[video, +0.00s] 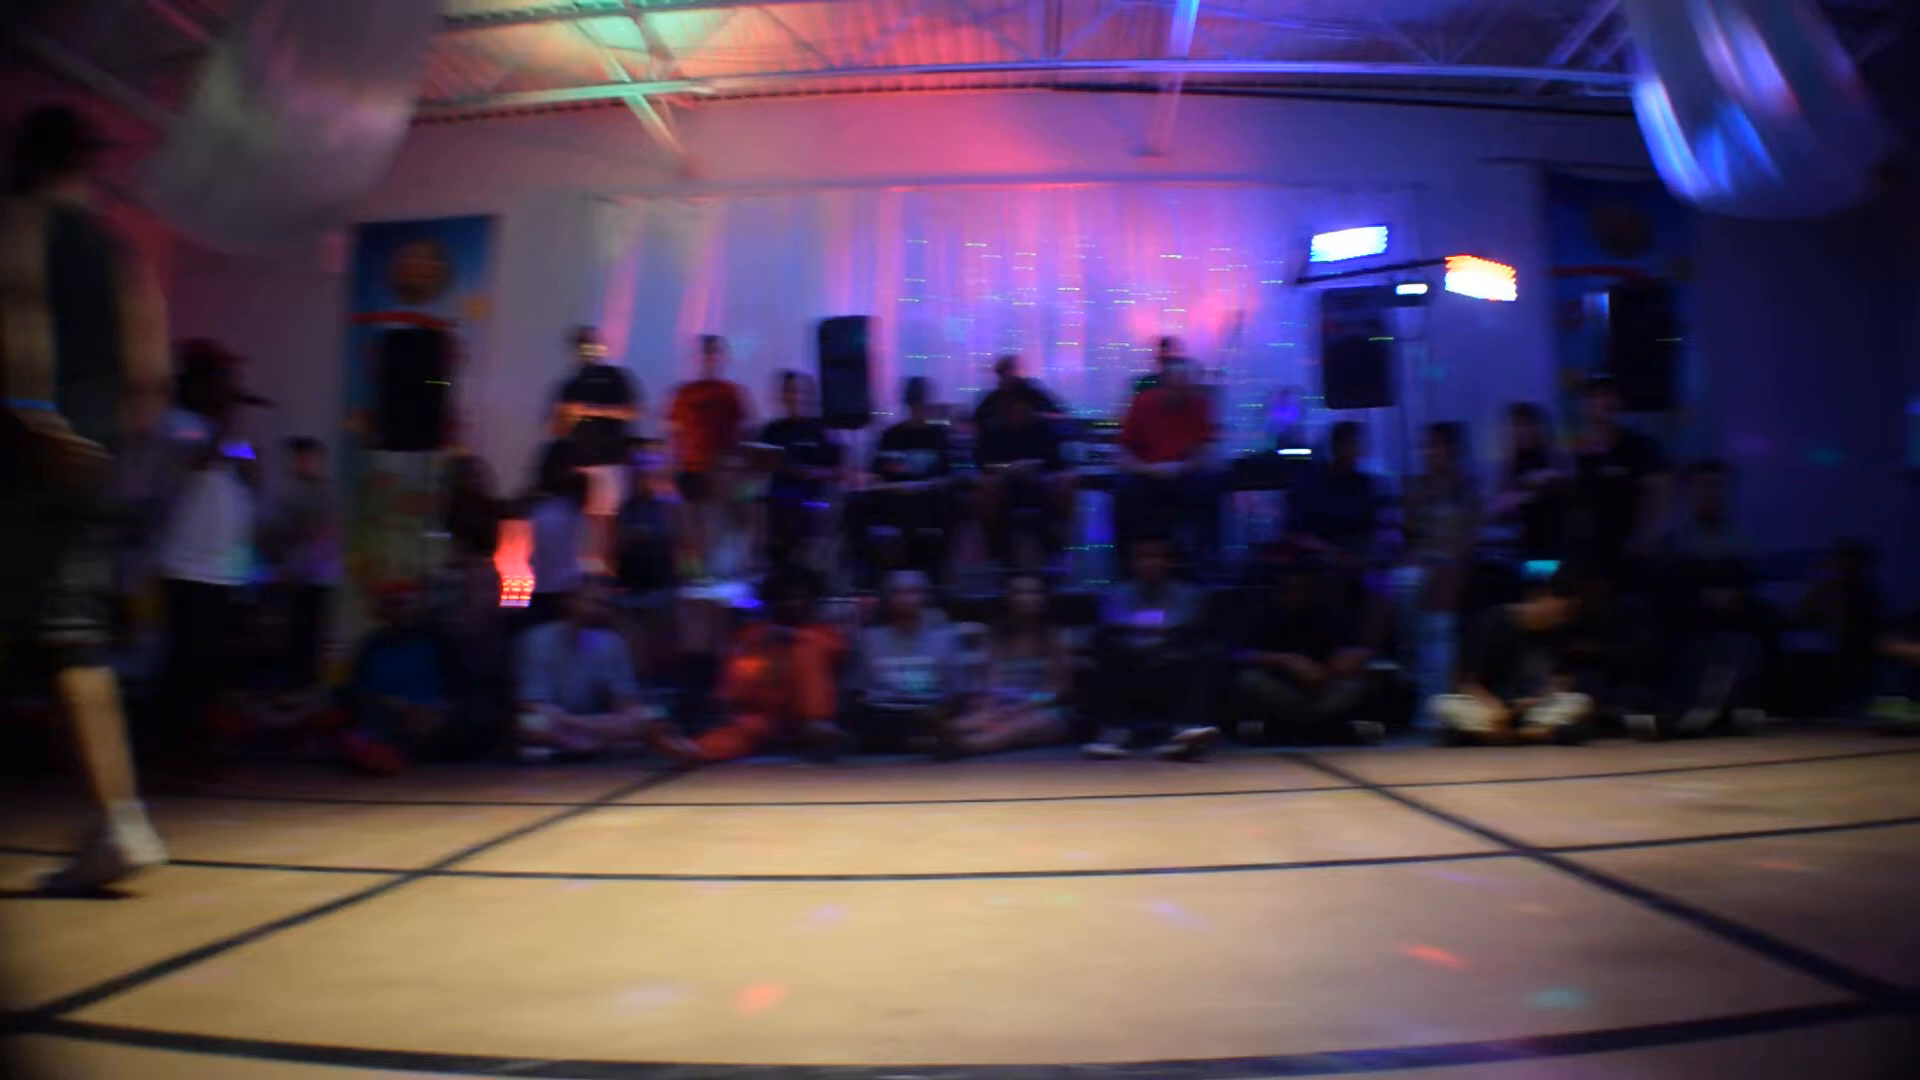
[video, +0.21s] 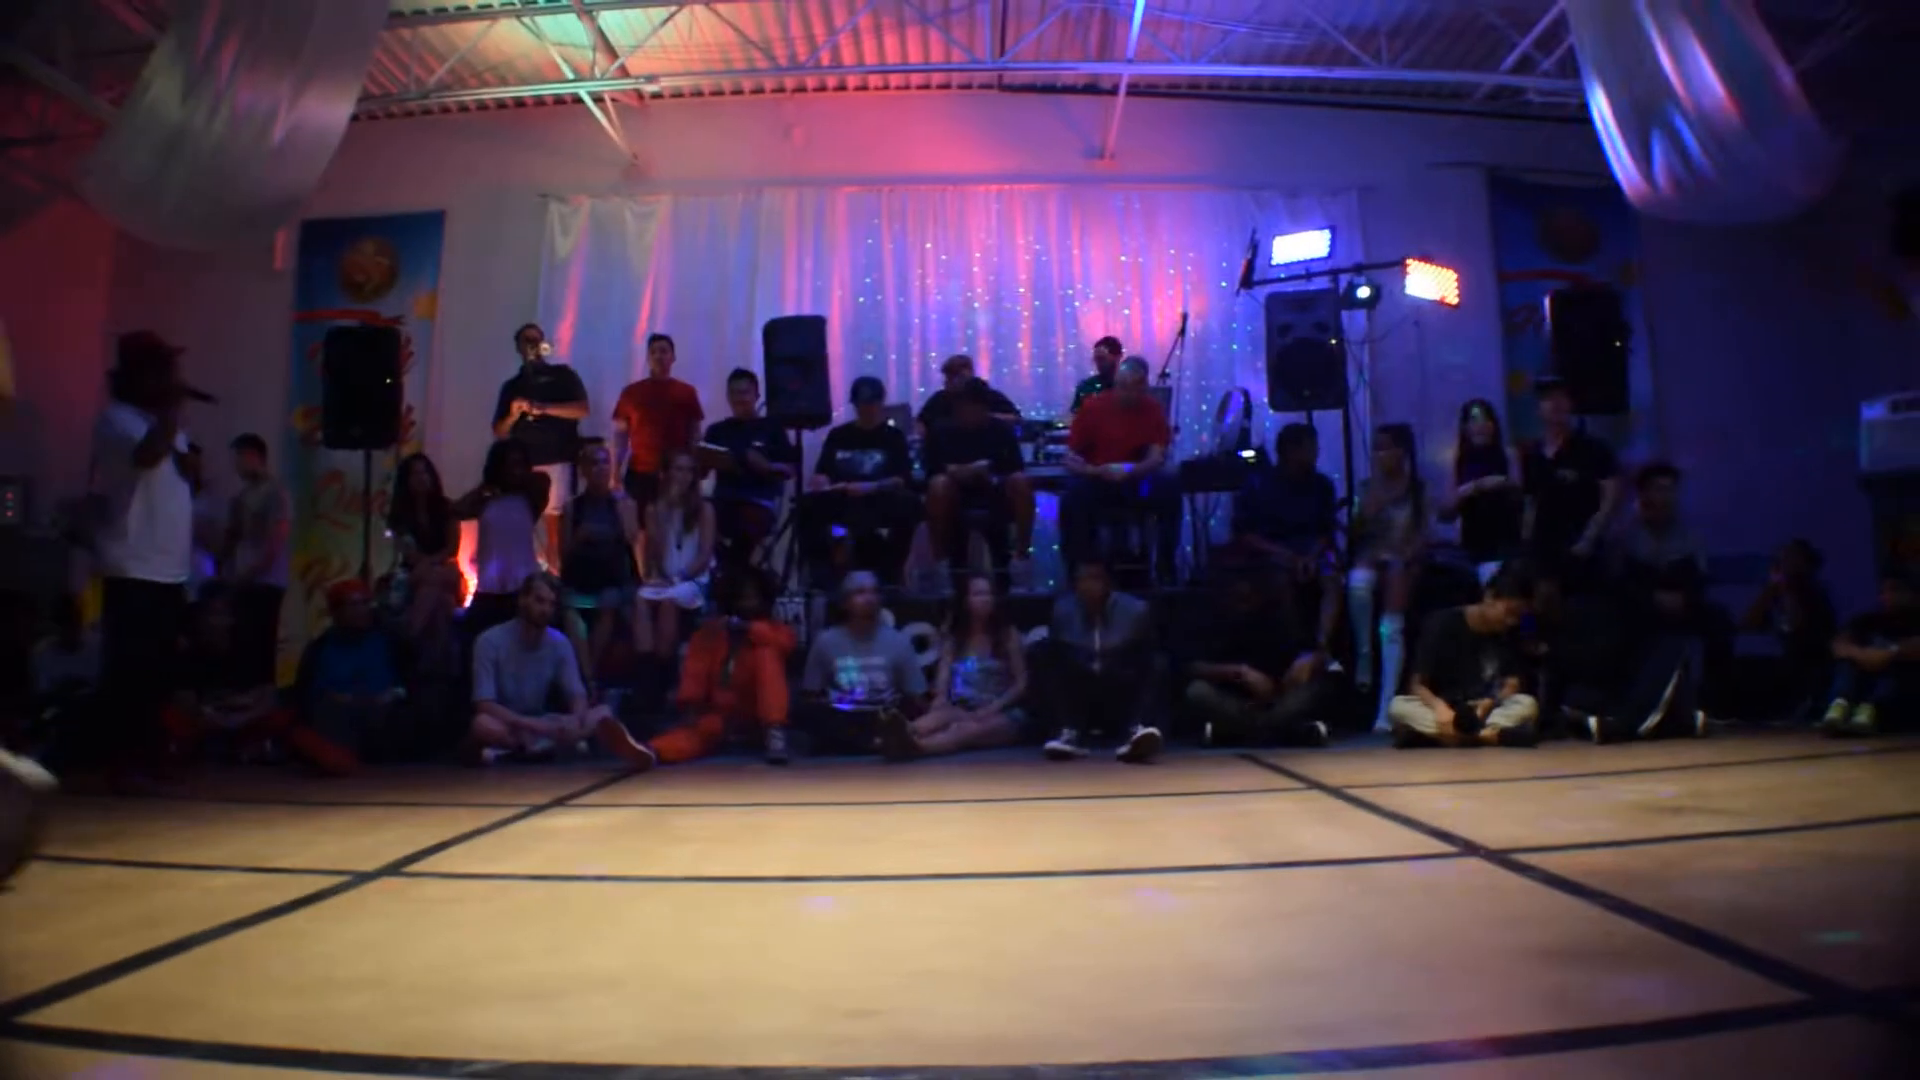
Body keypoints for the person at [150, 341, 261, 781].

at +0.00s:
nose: (226, 395)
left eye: (228, 386)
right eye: (218, 385)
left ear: (231, 391)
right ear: (199, 387)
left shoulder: (233, 440)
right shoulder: (181, 428)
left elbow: (258, 492)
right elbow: (189, 465)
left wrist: (243, 461)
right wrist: (221, 436)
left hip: (230, 573)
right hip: (190, 572)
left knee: (218, 670)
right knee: (188, 669)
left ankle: (212, 751)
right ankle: (179, 753)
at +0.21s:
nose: (171, 383)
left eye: (171, 375)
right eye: (162, 375)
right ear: (140, 377)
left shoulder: (169, 429)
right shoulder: (118, 420)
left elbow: (194, 483)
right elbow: (143, 458)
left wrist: (185, 456)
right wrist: (170, 412)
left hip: (170, 573)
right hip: (132, 573)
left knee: (160, 675)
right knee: (130, 675)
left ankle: (153, 758)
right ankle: (122, 761)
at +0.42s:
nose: (164, 381)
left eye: (164, 373)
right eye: (156, 372)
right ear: (132, 376)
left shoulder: (166, 429)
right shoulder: (113, 422)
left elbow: (188, 484)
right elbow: (136, 457)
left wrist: (189, 463)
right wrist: (164, 411)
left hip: (168, 574)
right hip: (130, 574)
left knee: (159, 675)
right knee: (128, 675)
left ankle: (153, 756)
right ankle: (122, 760)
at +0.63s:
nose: (160, 378)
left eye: (160, 371)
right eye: (152, 370)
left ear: (153, 378)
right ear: (127, 375)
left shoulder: (167, 427)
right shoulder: (108, 420)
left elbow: (194, 481)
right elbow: (132, 457)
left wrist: (180, 455)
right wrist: (160, 405)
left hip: (168, 576)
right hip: (126, 576)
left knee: (160, 678)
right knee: (125, 679)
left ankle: (153, 761)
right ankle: (123, 764)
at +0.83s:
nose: (182, 381)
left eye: (184, 373)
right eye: (171, 372)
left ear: (184, 378)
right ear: (149, 377)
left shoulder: (196, 427)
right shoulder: (137, 422)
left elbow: (230, 481)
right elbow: (160, 458)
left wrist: (236, 447)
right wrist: (186, 409)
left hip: (201, 577)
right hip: (158, 578)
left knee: (194, 680)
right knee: (158, 682)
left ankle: (188, 760)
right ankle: (155, 763)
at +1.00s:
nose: (178, 381)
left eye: (178, 373)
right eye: (168, 372)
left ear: (176, 378)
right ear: (142, 377)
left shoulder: (185, 426)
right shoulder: (127, 421)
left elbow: (239, 457)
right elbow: (153, 455)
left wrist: (227, 405)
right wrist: (181, 404)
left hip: (193, 578)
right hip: (151, 578)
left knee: (187, 679)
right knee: (150, 680)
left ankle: (183, 760)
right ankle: (148, 764)